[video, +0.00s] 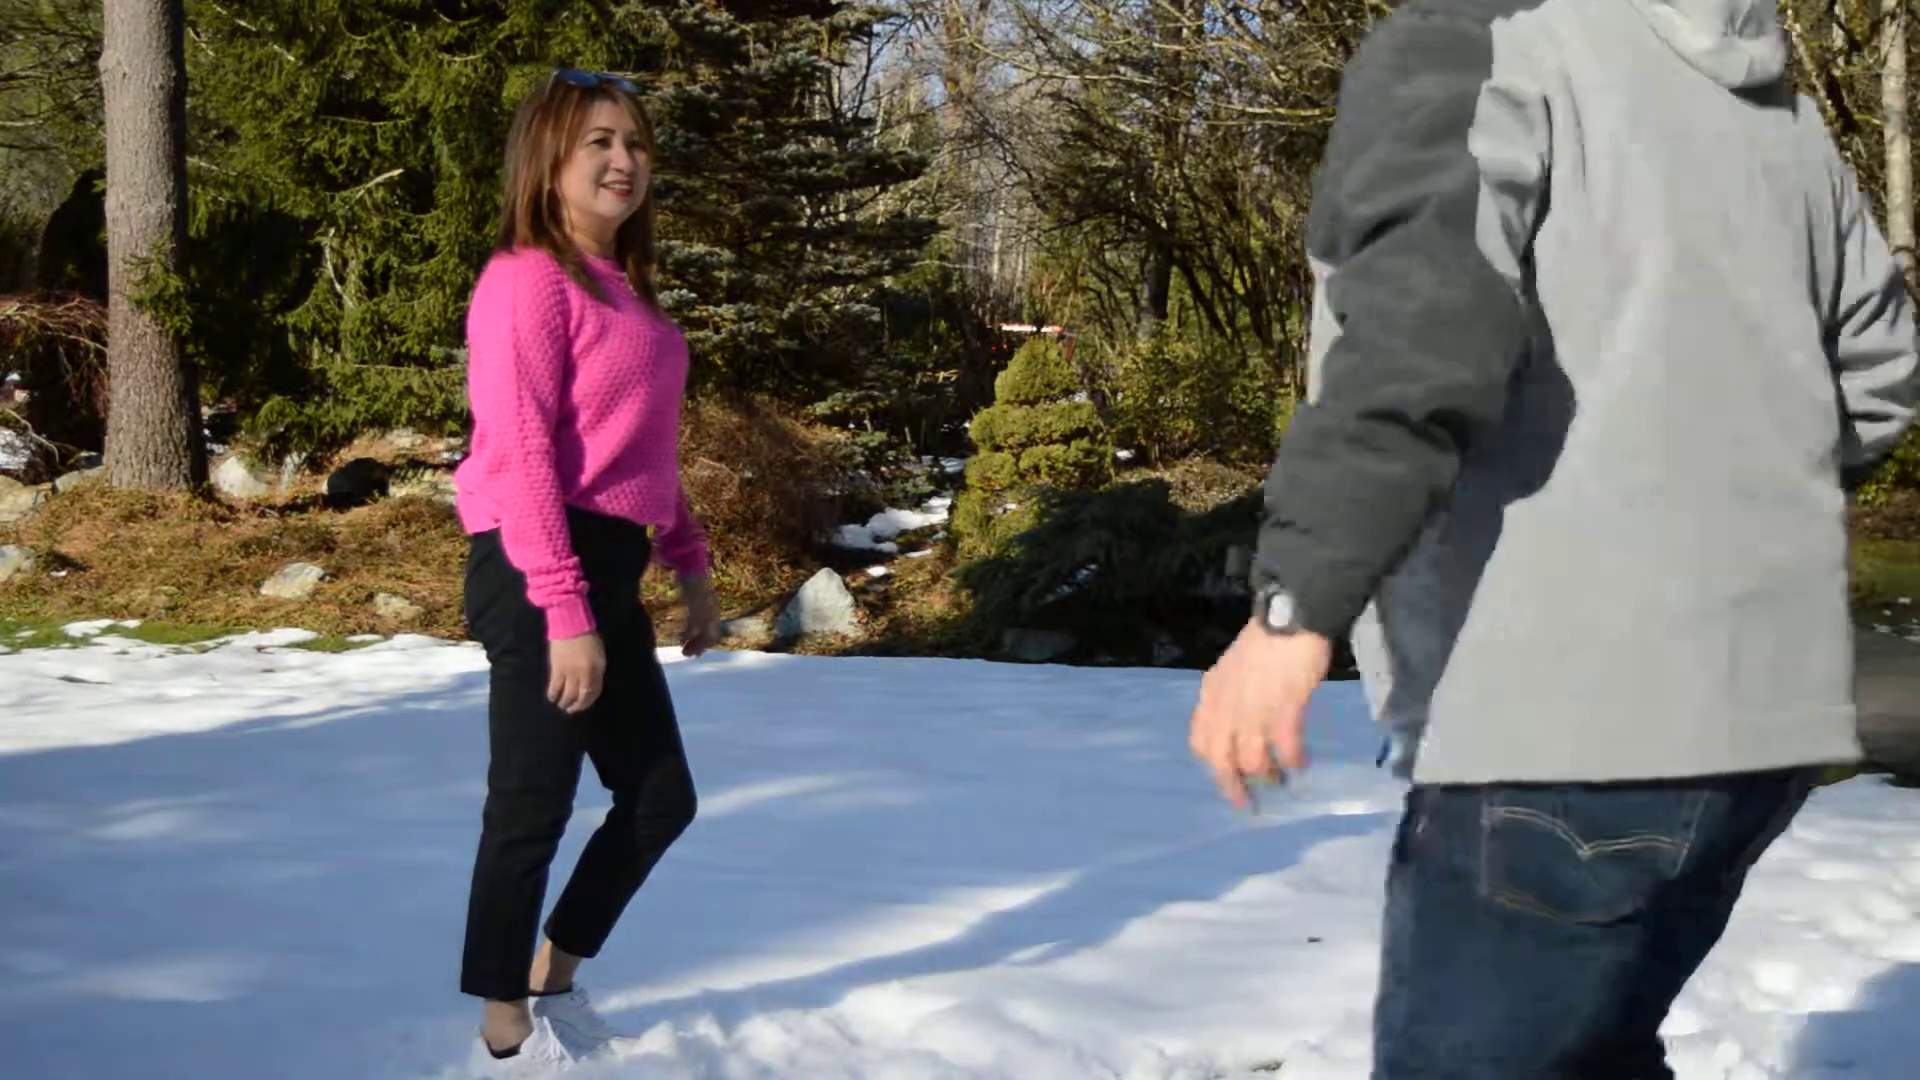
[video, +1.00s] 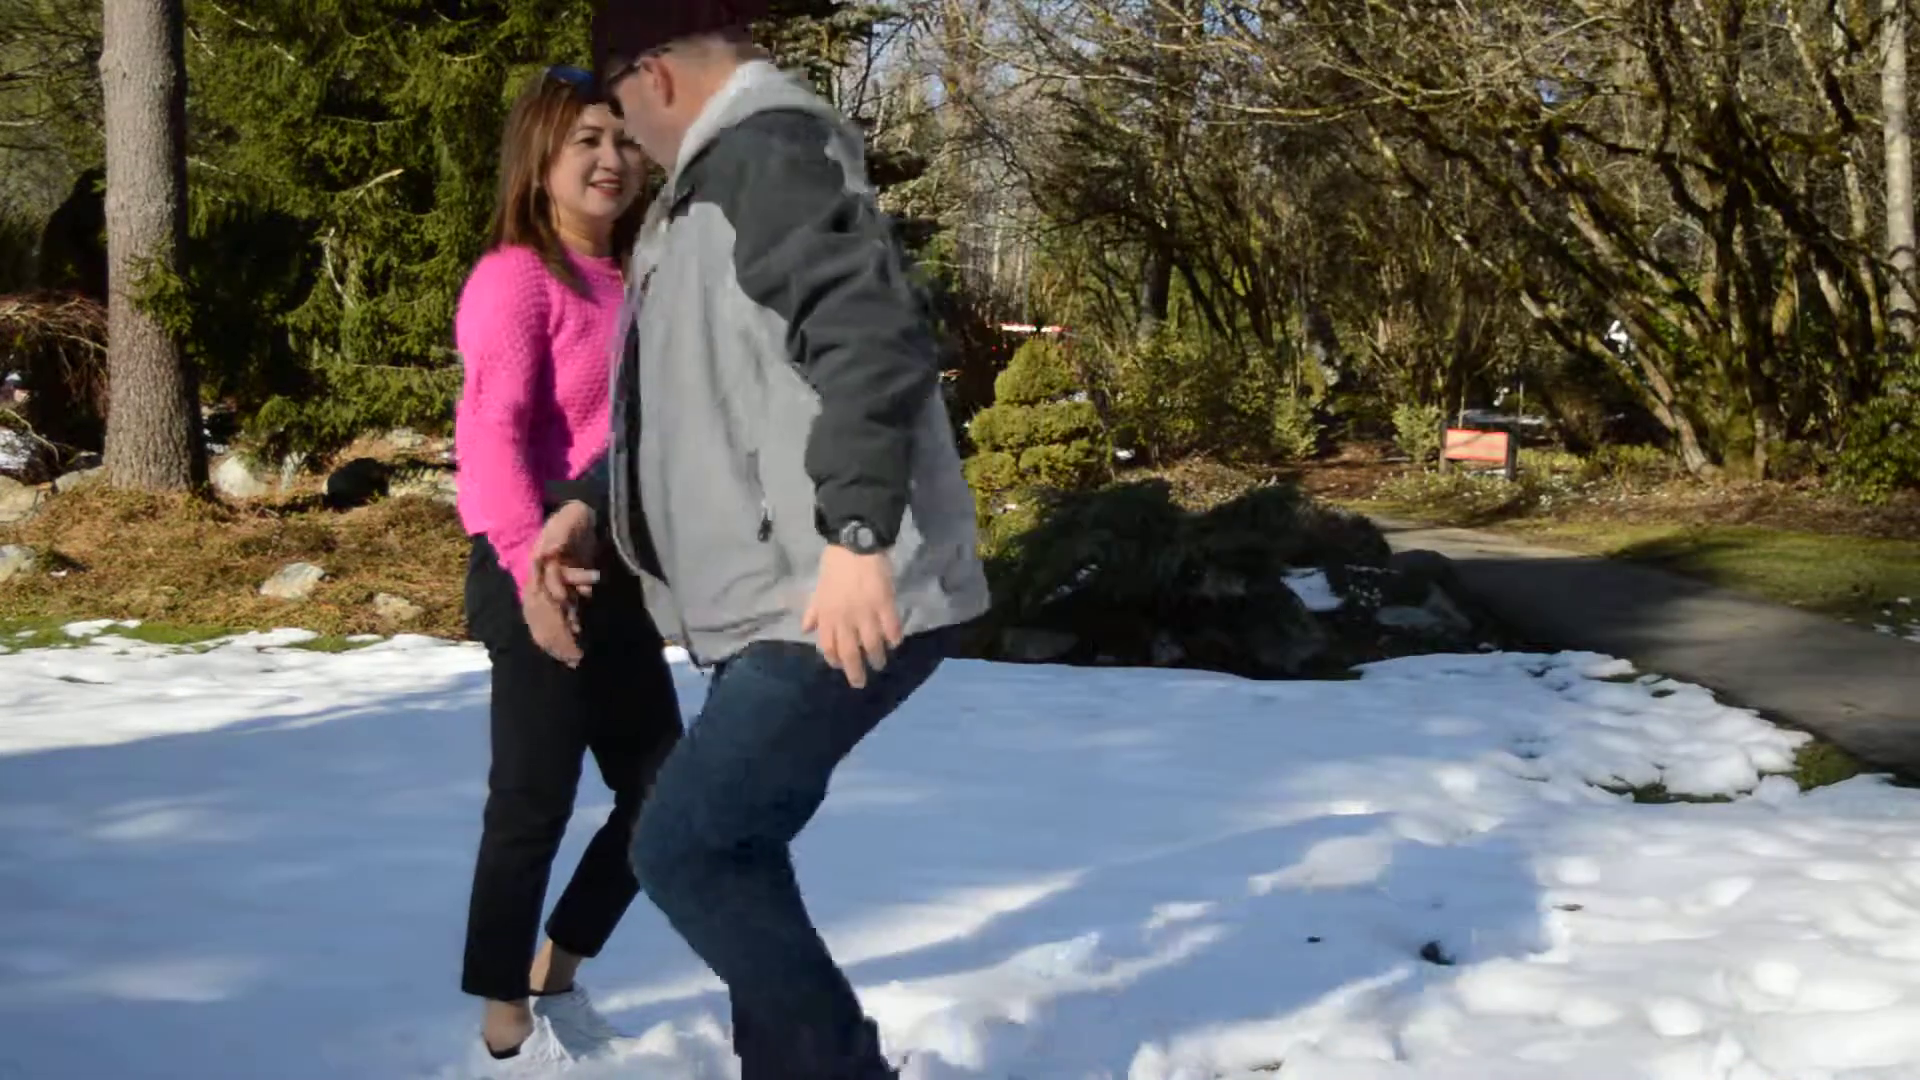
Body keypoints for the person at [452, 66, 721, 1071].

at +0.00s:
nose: (625, 159)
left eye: (636, 144)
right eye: (600, 143)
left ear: (648, 167)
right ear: (548, 165)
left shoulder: (622, 288)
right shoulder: (524, 279)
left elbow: (643, 449)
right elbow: (518, 453)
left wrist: (691, 568)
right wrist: (565, 609)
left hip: (606, 559)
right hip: (532, 554)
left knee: (661, 797)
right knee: (530, 804)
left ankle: (550, 977)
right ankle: (502, 1035)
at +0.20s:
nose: (626, 160)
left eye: (636, 144)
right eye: (600, 143)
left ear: (648, 166)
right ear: (548, 163)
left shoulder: (620, 287)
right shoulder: (522, 279)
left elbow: (648, 446)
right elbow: (517, 455)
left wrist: (704, 557)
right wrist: (562, 610)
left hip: (608, 563)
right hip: (536, 558)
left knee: (660, 799)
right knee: (529, 807)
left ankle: (548, 980)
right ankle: (503, 1038)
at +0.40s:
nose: (623, 159)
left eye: (635, 143)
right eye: (598, 142)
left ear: (647, 165)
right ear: (546, 162)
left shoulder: (622, 288)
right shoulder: (519, 279)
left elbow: (658, 448)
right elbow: (514, 455)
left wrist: (719, 557)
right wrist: (560, 611)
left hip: (607, 564)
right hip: (534, 559)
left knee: (659, 801)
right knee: (530, 809)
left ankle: (548, 980)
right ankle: (502, 1035)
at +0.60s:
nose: (620, 159)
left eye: (632, 142)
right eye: (595, 142)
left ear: (645, 164)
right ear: (544, 162)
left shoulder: (621, 286)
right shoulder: (517, 280)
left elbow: (664, 442)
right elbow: (511, 460)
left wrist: (718, 548)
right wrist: (559, 615)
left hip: (612, 560)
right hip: (536, 554)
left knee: (660, 800)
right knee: (529, 809)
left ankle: (549, 981)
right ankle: (503, 1034)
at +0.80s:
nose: (617, 158)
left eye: (630, 142)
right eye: (593, 141)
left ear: (645, 164)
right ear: (543, 161)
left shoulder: (623, 286)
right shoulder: (516, 280)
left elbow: (660, 447)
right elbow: (502, 454)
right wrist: (556, 607)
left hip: (614, 556)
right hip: (534, 553)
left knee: (660, 804)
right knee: (530, 804)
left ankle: (548, 982)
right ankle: (502, 1038)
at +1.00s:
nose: (610, 159)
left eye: (622, 142)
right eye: (587, 141)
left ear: (638, 162)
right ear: (539, 161)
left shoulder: (630, 280)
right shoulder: (511, 278)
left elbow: (654, 422)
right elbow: (489, 439)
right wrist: (529, 574)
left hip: (612, 562)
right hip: (530, 564)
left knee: (658, 790)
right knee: (530, 805)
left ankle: (551, 976)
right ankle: (501, 1036)